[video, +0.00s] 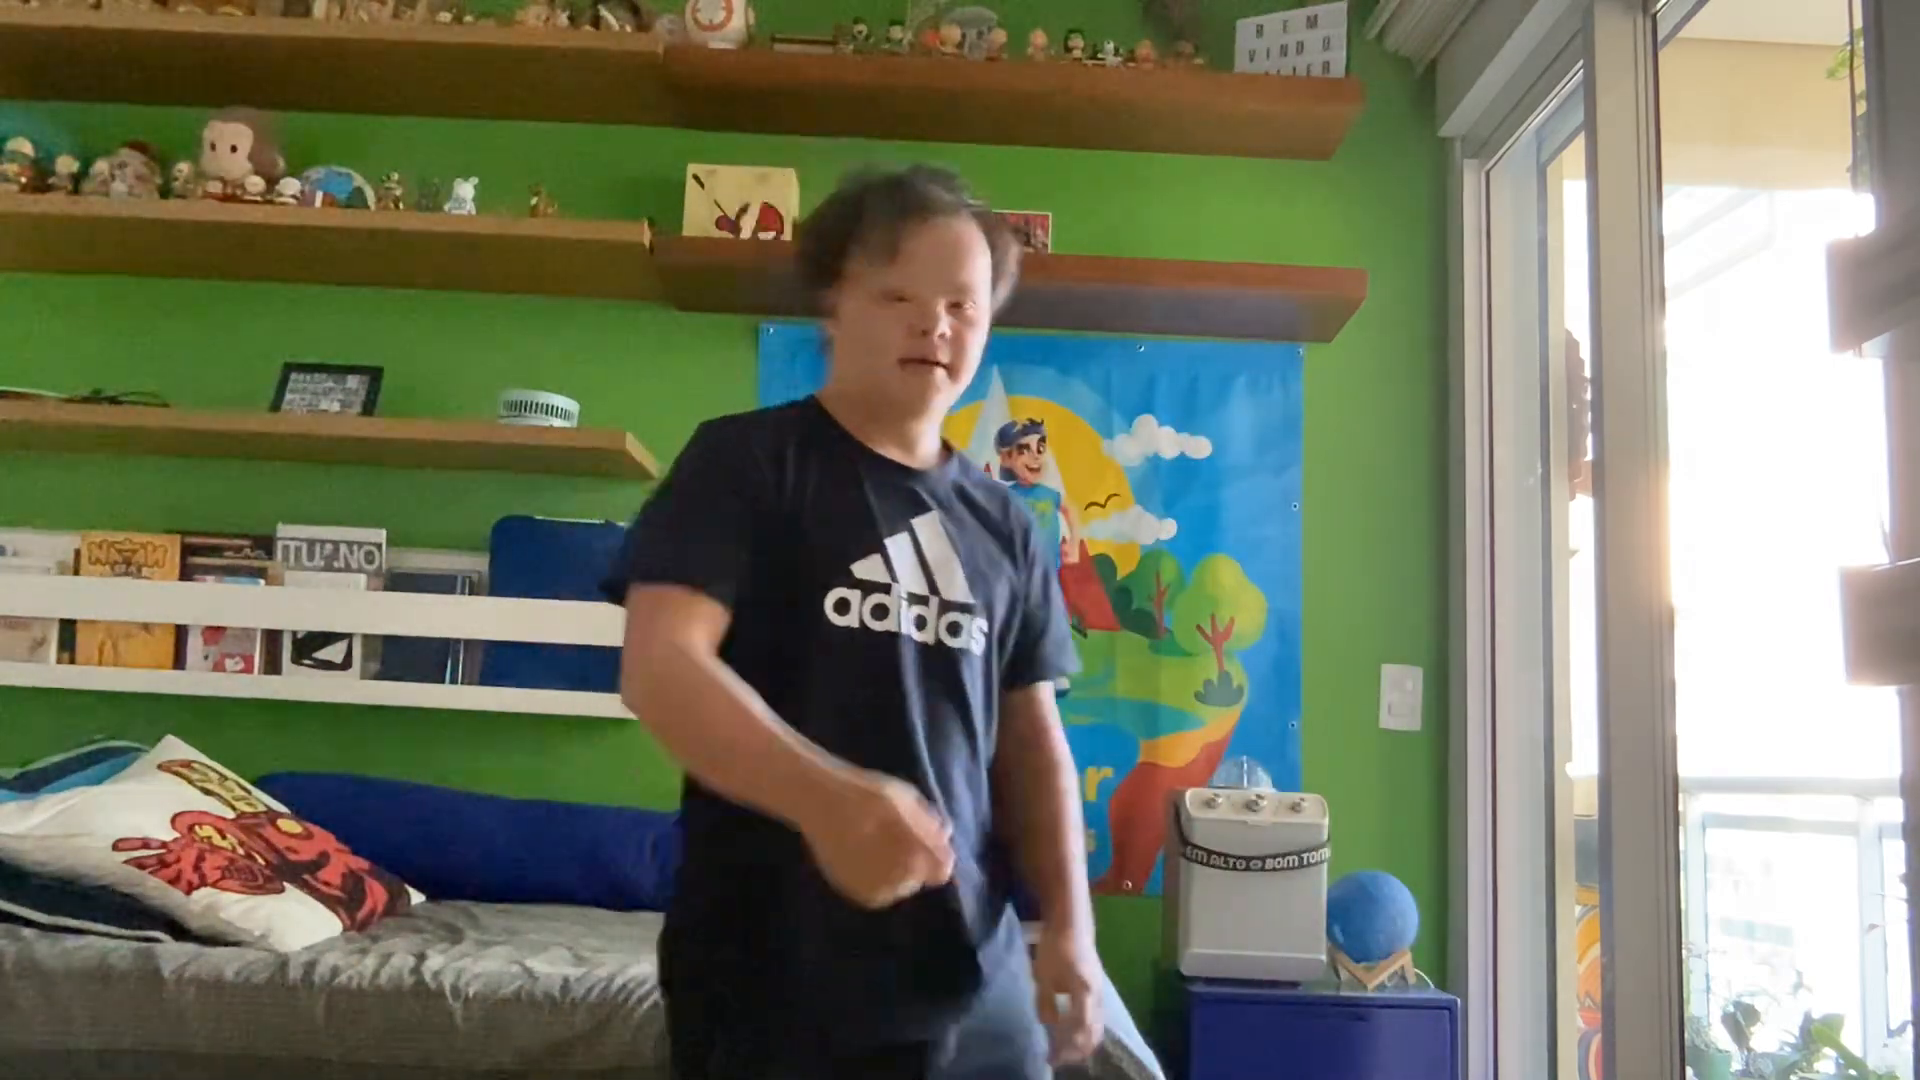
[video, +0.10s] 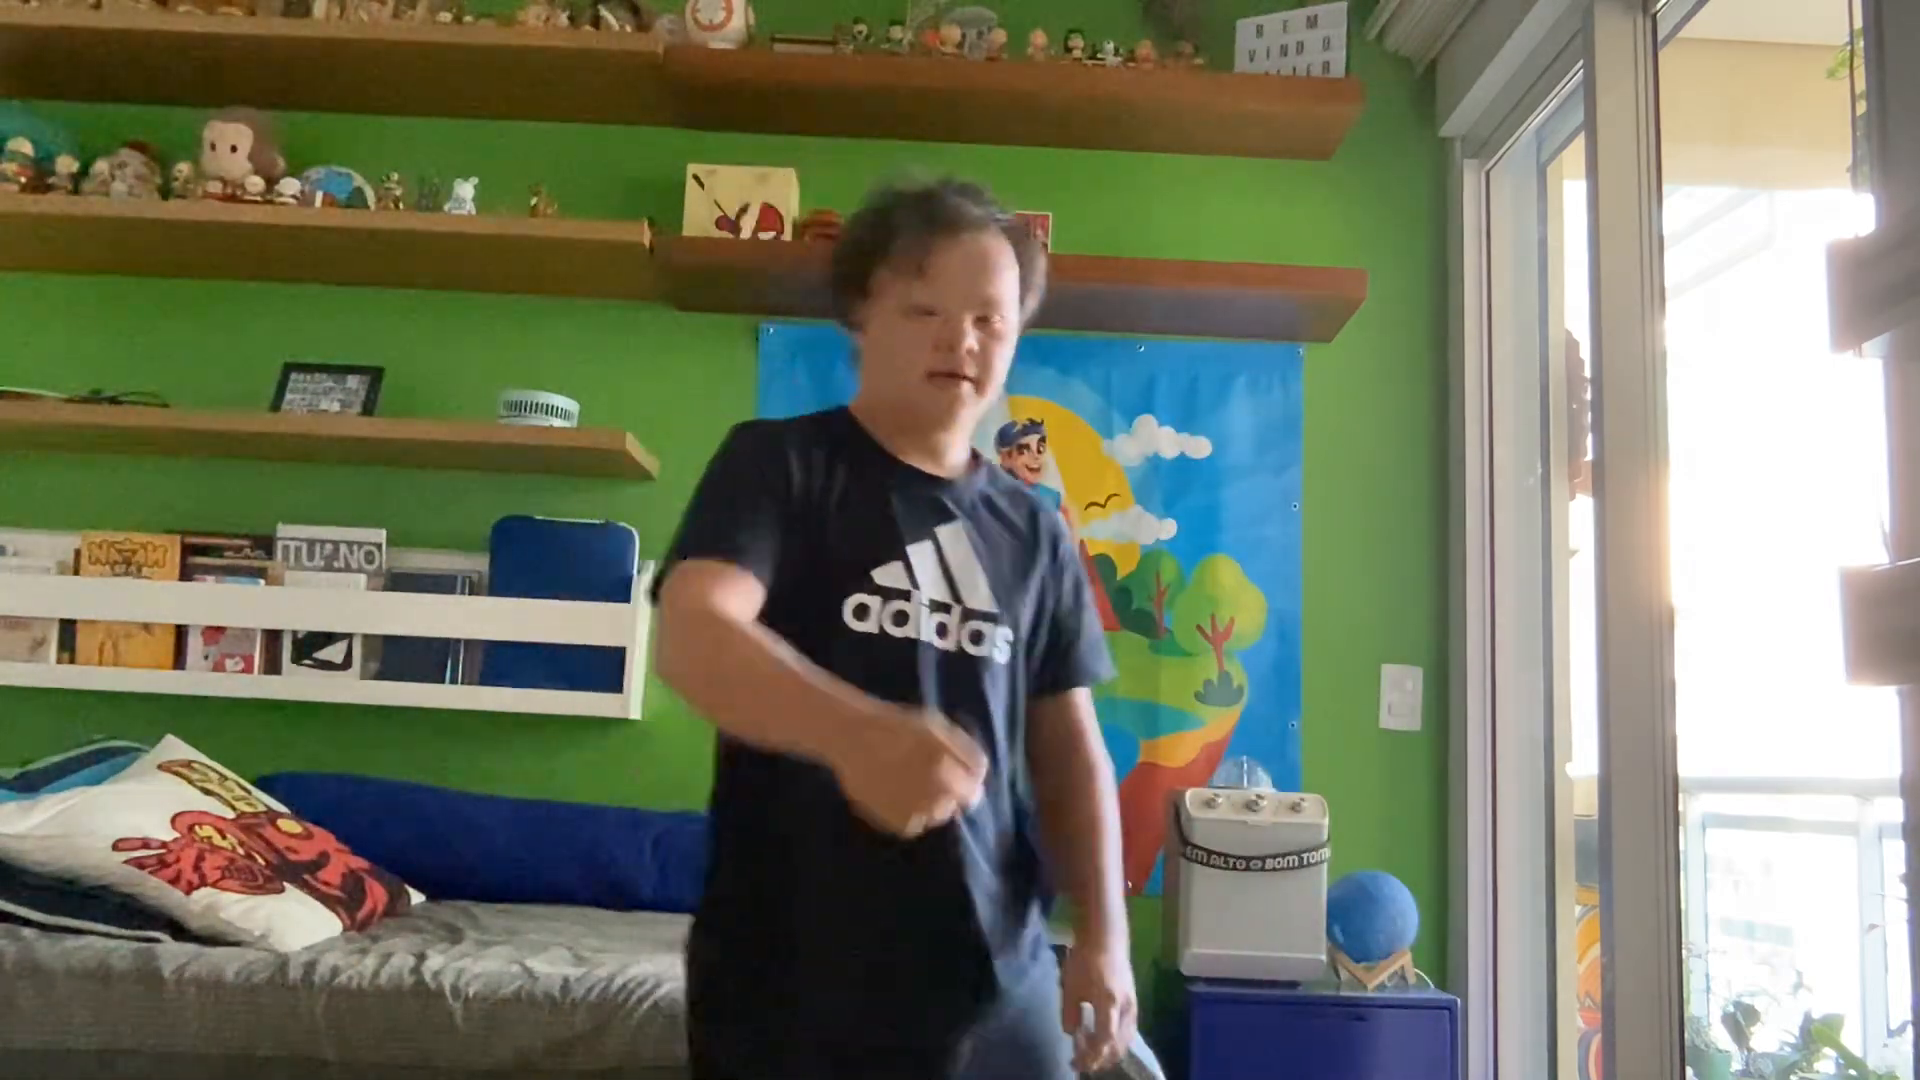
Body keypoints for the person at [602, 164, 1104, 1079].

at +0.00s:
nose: (933, 325)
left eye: (959, 303)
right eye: (896, 296)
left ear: (985, 329)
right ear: (833, 302)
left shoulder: (1004, 524)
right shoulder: (741, 462)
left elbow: (1032, 736)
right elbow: (659, 664)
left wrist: (1066, 927)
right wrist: (822, 797)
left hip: (973, 986)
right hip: (778, 982)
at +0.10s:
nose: (958, 340)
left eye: (986, 318)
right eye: (924, 310)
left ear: (1015, 341)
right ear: (859, 316)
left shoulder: (1035, 531)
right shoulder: (774, 463)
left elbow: (1067, 740)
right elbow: (695, 636)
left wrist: (1101, 935)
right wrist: (853, 732)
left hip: (995, 990)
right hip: (795, 983)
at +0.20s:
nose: (1006, 359)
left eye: (1033, 336)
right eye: (971, 331)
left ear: (1063, 356)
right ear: (907, 339)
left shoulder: (1092, 554)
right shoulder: (833, 477)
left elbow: (1138, 756)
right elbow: (751, 593)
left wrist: (1152, 955)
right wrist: (891, 647)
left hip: (1033, 991)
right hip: (835, 978)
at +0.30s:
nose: (1056, 361)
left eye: (1083, 337)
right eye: (1021, 333)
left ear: (1115, 352)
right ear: (962, 344)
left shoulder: (1151, 549)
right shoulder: (880, 482)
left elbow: (1206, 740)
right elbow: (814, 606)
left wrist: (1190, 897)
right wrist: (918, 636)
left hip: (1077, 997)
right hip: (876, 973)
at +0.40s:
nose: (1100, 360)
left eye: (1127, 335)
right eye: (1065, 336)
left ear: (1163, 352)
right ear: (1013, 352)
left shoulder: (1210, 537)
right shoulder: (928, 507)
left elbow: (1267, 673)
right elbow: (860, 673)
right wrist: (961, 717)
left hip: (1110, 989)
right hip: (907, 974)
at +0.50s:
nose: (1107, 366)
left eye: (1134, 341)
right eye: (1071, 343)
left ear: (1173, 360)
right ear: (1024, 364)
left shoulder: (1206, 517)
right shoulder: (943, 509)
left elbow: (1241, 576)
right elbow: (861, 680)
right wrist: (974, 714)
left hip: (1113, 969)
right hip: (923, 957)